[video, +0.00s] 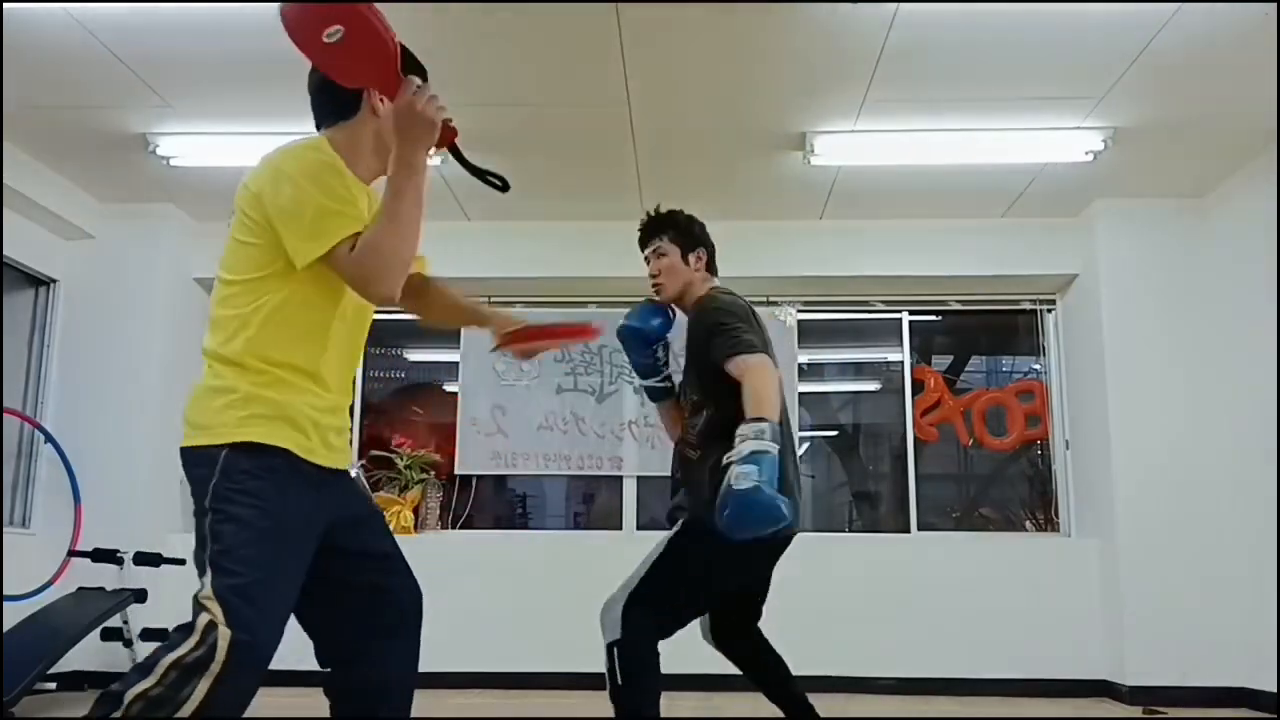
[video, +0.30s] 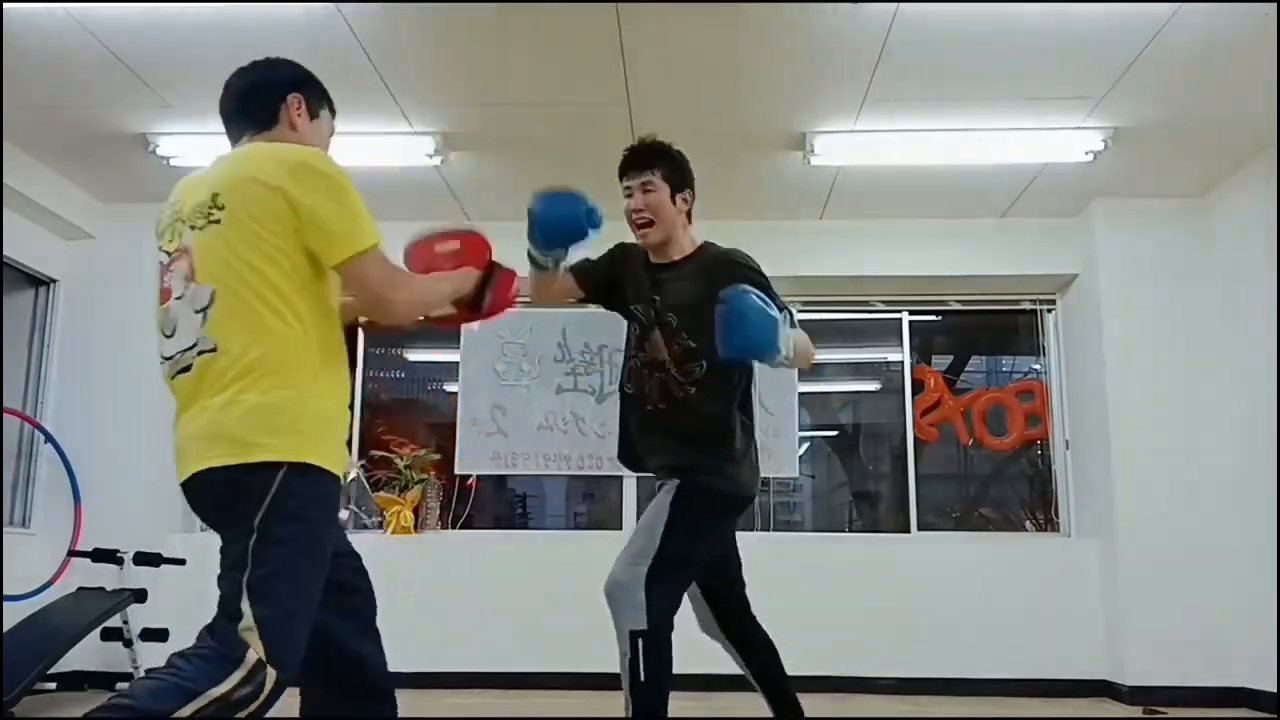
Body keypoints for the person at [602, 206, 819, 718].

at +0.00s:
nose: (651, 269)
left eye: (660, 256)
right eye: (647, 261)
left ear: (698, 260)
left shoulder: (717, 310)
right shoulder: (705, 324)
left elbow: (760, 373)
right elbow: (689, 435)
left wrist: (755, 455)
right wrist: (653, 375)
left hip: (729, 508)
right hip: (758, 509)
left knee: (626, 617)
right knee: (732, 629)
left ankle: (637, 716)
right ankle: (804, 714)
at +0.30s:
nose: (635, 203)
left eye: (648, 189)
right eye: (628, 193)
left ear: (685, 200)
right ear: (623, 206)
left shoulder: (730, 269)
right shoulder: (624, 265)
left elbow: (804, 353)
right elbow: (547, 295)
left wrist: (774, 337)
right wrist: (545, 251)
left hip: (717, 469)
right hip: (669, 468)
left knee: (635, 589)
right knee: (726, 616)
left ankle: (646, 715)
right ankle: (791, 714)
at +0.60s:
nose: (588, 219)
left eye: (597, 206)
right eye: (582, 209)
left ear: (637, 214)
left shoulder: (655, 265)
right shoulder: (618, 296)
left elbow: (656, 315)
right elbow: (585, 389)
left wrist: (589, 242)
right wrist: (562, 327)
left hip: (663, 483)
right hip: (688, 489)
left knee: (559, 598)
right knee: (672, 633)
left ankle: (541, 713)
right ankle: (762, 714)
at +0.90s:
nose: (557, 174)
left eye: (572, 158)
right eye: (544, 162)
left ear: (600, 165)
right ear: (530, 171)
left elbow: (675, 347)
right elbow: (413, 210)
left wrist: (620, 263)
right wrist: (370, 153)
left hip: (611, 462)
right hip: (549, 463)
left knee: (506, 584)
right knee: (601, 649)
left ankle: (506, 718)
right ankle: (707, 718)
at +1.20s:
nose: (510, 162)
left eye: (516, 144)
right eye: (503, 149)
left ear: (562, 139)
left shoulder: (620, 203)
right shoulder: (554, 226)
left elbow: (604, 291)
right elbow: (486, 313)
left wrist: (528, 209)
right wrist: (468, 229)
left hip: (605, 444)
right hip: (589, 443)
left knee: (517, 594)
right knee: (604, 610)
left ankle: (511, 717)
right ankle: (695, 715)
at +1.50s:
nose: (510, 152)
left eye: (517, 137)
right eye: (509, 141)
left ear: (560, 135)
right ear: (568, 136)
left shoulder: (563, 179)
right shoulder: (627, 197)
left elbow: (450, 176)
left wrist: (378, 107)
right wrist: (524, 231)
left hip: (613, 427)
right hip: (672, 428)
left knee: (522, 598)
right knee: (669, 578)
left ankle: (502, 714)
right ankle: (735, 711)